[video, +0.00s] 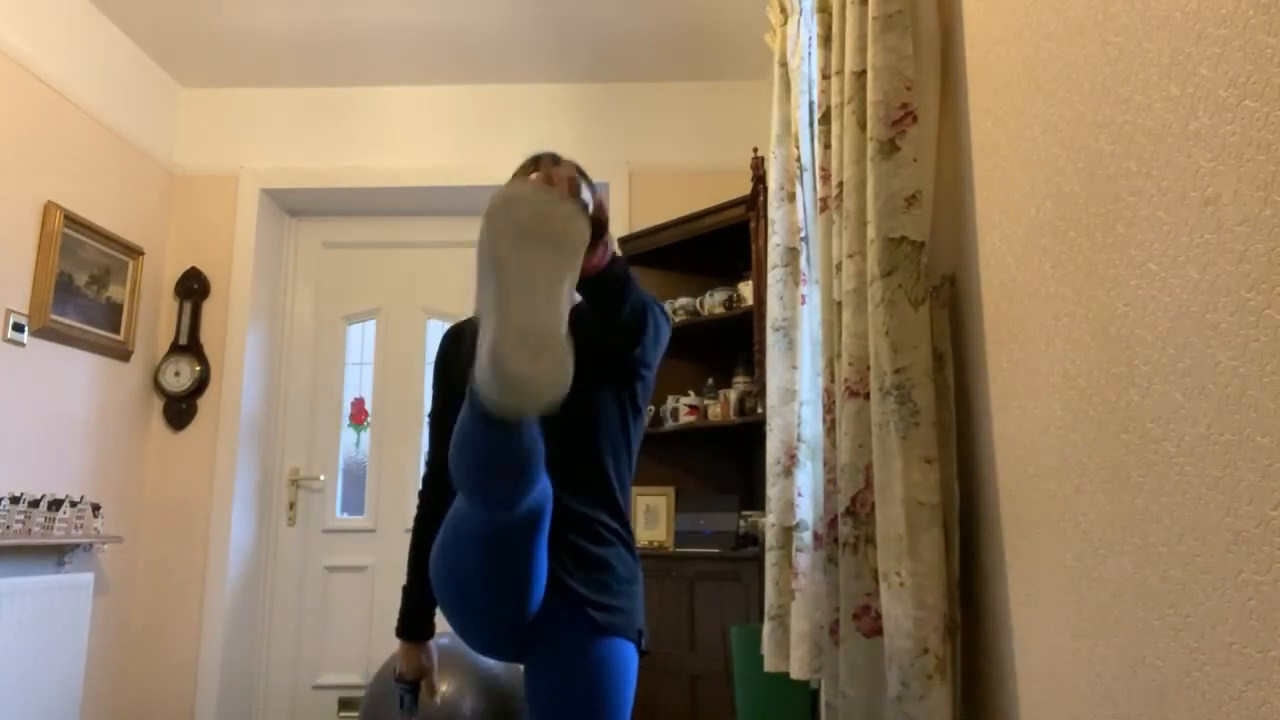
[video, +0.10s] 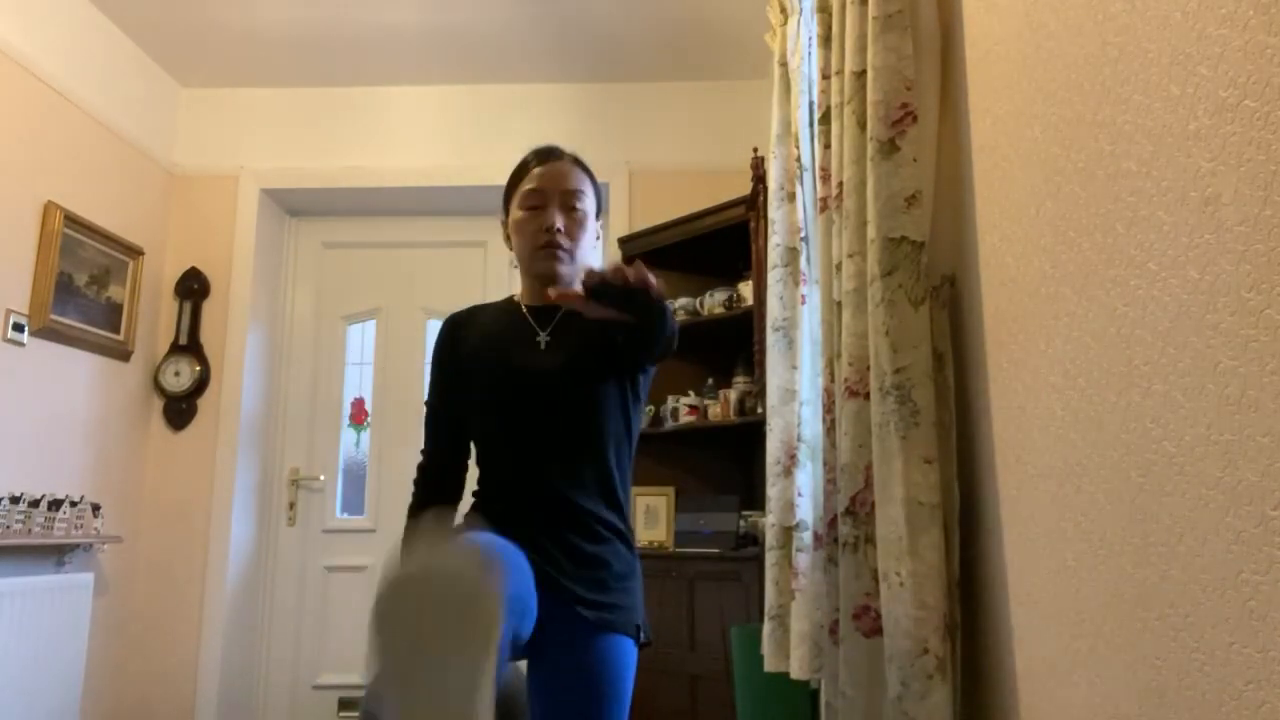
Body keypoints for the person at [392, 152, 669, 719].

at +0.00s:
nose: (546, 220)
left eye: (563, 206)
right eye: (530, 206)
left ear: (593, 228)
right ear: (505, 222)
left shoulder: (631, 323)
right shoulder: (465, 340)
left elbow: (632, 325)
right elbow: (438, 487)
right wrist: (414, 630)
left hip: (593, 598)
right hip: (484, 600)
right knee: (497, 501)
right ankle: (507, 392)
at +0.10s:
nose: (554, 222)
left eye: (574, 208)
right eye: (534, 205)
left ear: (596, 232)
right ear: (507, 229)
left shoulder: (620, 325)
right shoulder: (467, 332)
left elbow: (652, 341)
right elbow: (440, 475)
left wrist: (642, 304)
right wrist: (414, 585)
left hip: (596, 567)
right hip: (500, 548)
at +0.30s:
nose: (548, 219)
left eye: (566, 205)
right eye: (528, 202)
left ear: (588, 230)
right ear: (499, 226)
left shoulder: (628, 327)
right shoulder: (452, 321)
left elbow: (676, 411)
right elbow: (405, 464)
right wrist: (358, 599)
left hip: (586, 595)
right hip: (469, 593)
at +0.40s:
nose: (540, 229)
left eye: (557, 216)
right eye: (520, 211)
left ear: (575, 239)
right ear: (489, 231)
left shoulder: (610, 344)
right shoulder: (433, 327)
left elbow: (654, 472)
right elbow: (378, 465)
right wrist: (320, 599)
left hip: (569, 627)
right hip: (446, 621)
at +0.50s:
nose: (529, 225)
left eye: (549, 213)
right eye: (511, 207)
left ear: (565, 241)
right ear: (479, 228)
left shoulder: (597, 345)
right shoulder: (420, 322)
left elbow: (617, 488)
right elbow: (356, 454)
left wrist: (632, 625)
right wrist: (291, 579)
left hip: (546, 620)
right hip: (425, 613)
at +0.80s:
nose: (520, 224)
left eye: (538, 214)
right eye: (500, 207)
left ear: (549, 241)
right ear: (462, 229)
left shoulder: (578, 354)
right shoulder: (421, 330)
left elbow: (565, 491)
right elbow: (383, 355)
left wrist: (520, 631)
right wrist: (401, 314)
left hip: (524, 590)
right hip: (419, 596)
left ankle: (474, 506)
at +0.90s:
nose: (521, 224)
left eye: (537, 214)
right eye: (500, 209)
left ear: (550, 239)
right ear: (467, 223)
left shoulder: (575, 356)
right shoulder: (412, 325)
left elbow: (566, 498)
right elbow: (395, 340)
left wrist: (531, 639)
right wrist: (419, 295)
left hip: (525, 601)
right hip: (422, 599)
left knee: (528, 526)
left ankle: (494, 434)